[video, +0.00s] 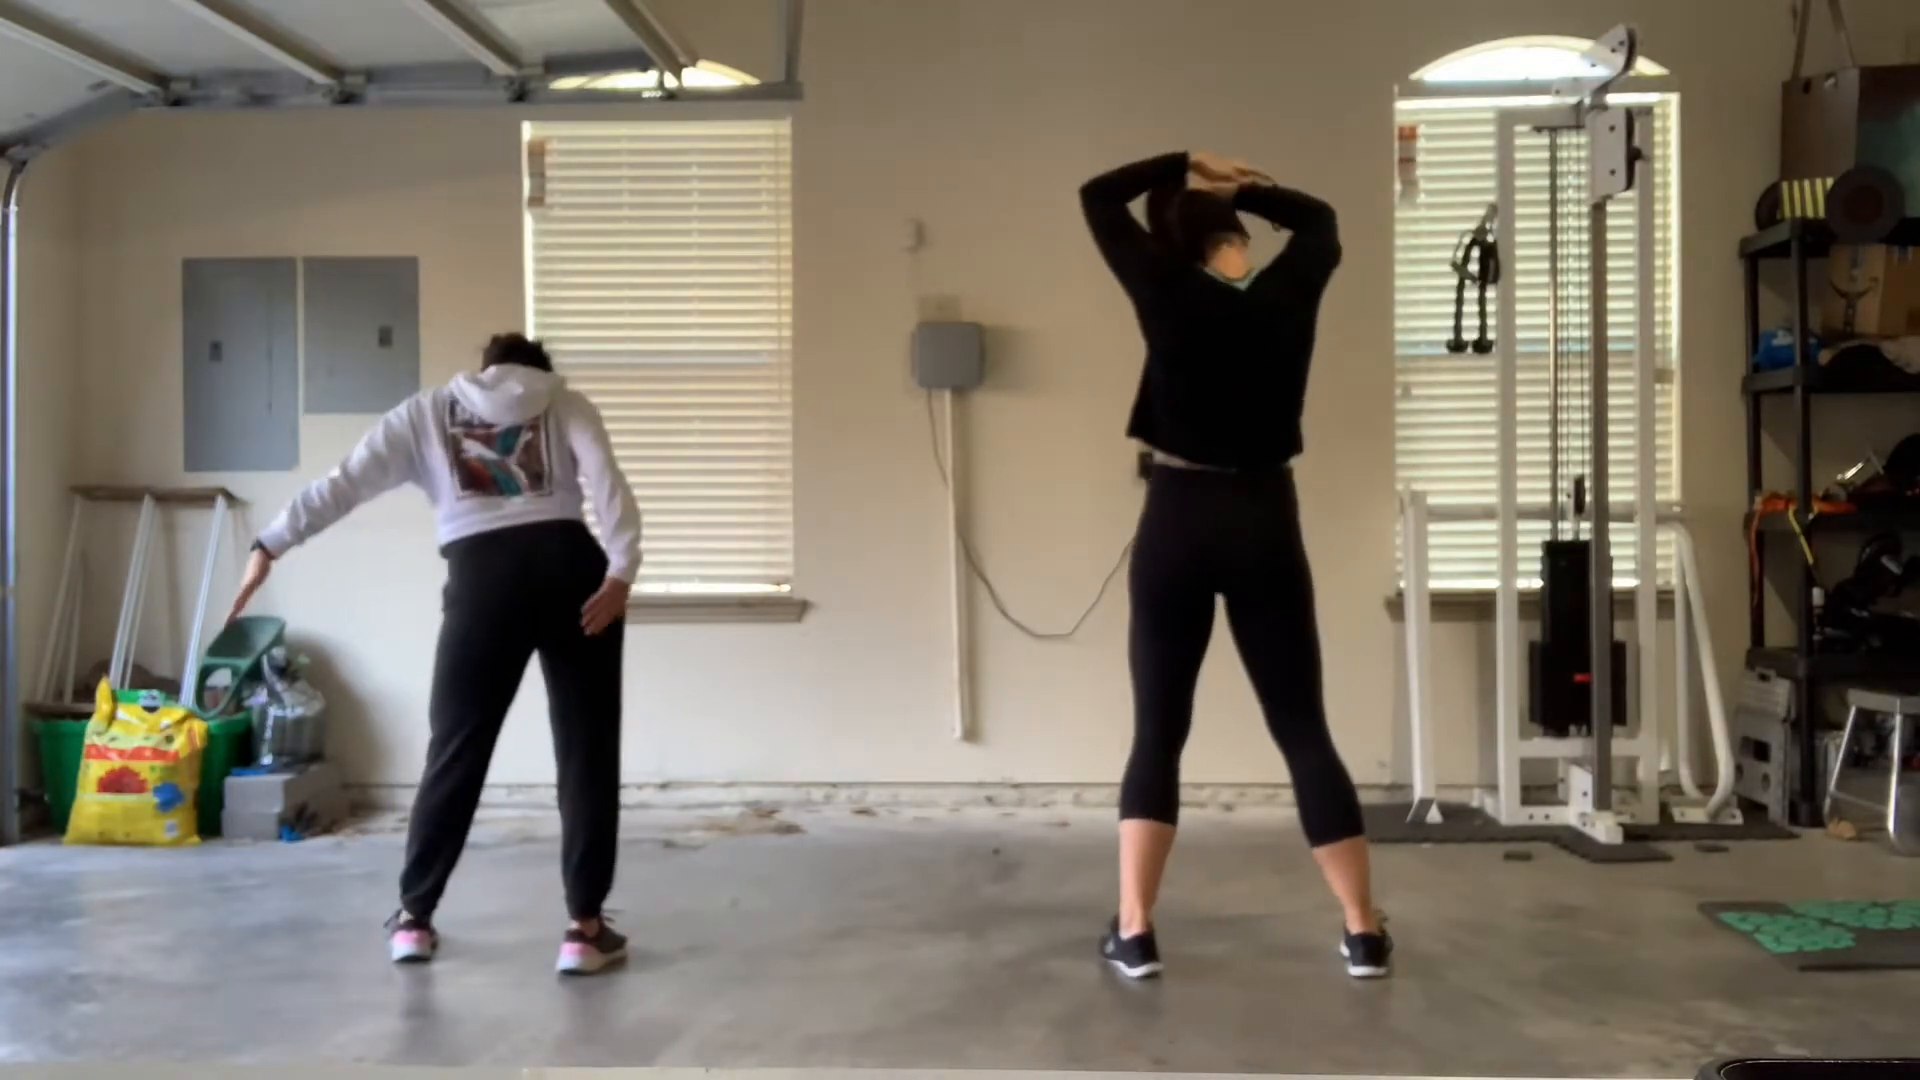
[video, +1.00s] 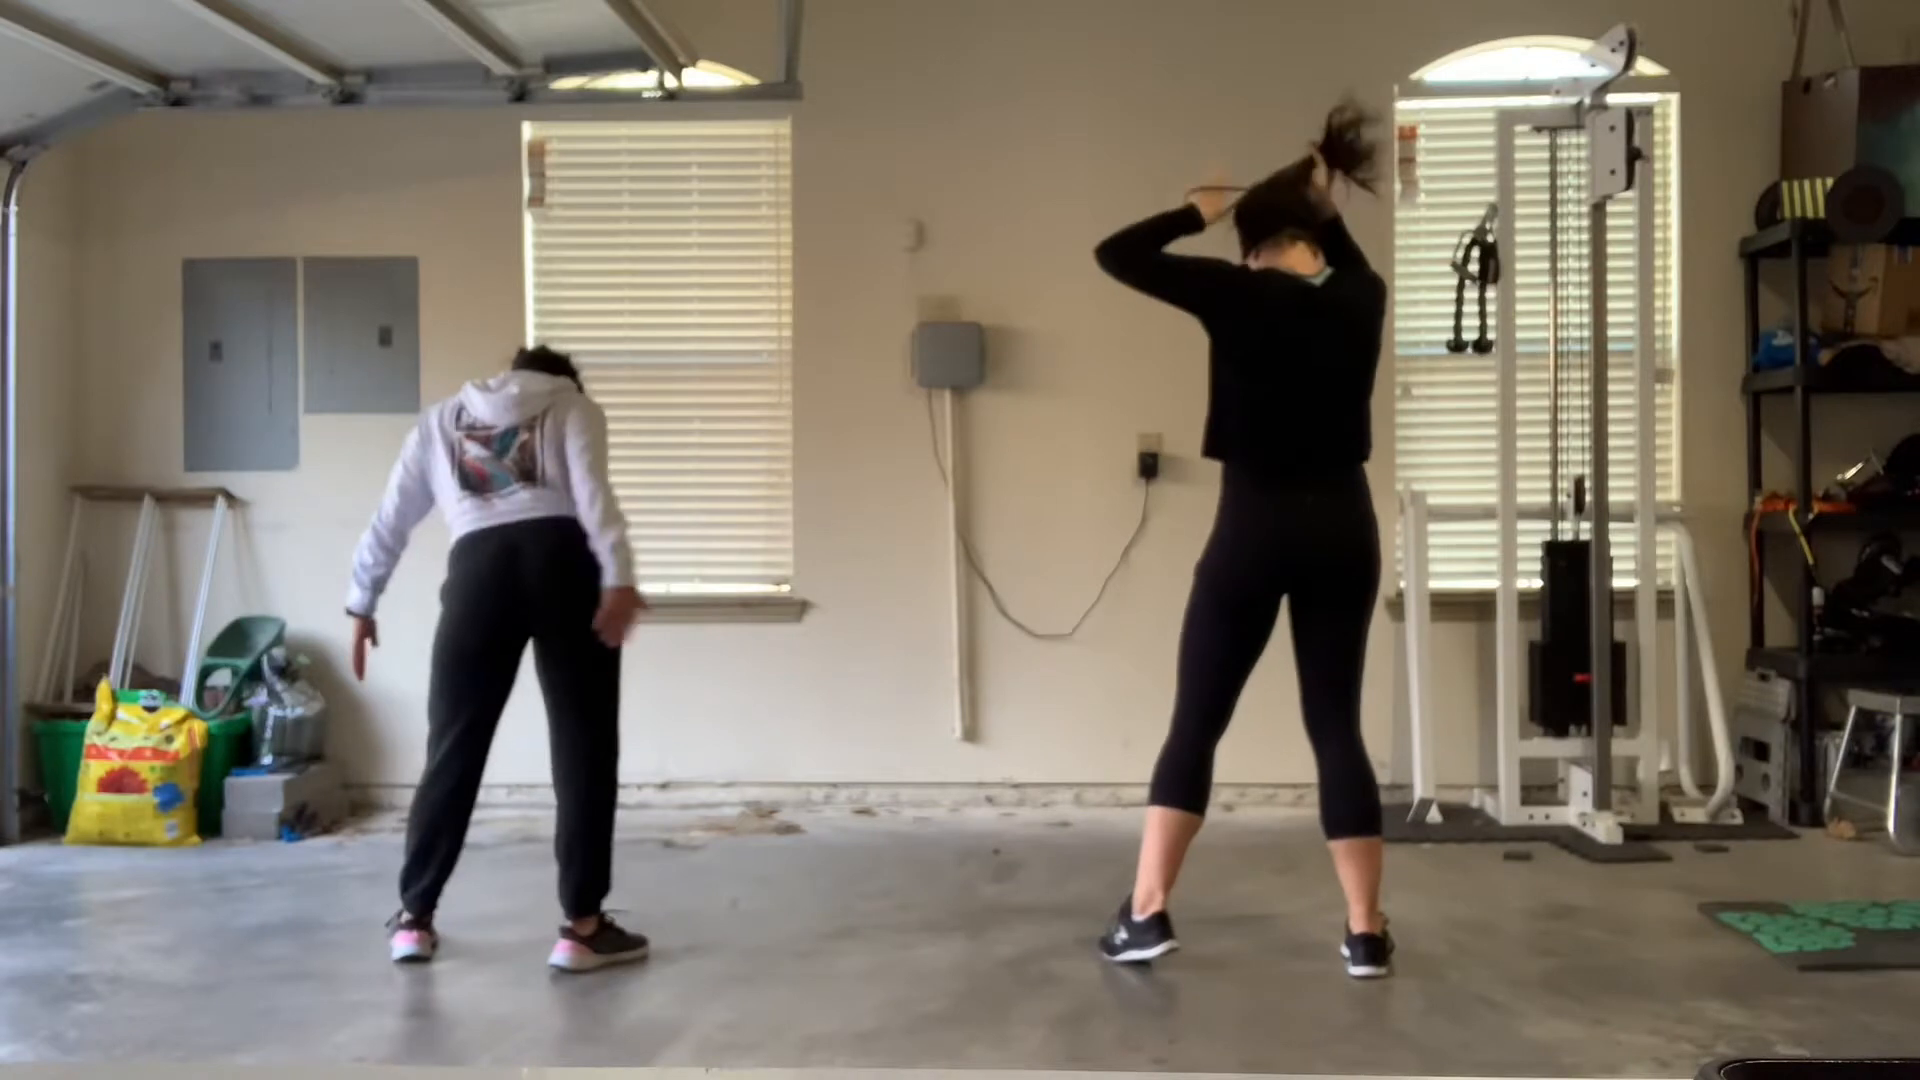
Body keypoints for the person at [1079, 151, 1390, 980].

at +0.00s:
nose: (1251, 241)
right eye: (1239, 231)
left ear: (1173, 243)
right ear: (1241, 238)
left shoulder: (1164, 296)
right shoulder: (1289, 297)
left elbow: (1098, 198)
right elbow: (1319, 221)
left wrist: (1177, 162)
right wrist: (1249, 187)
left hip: (1176, 518)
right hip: (1266, 521)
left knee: (1158, 730)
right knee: (1303, 727)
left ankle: (1134, 930)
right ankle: (1363, 928)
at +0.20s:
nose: (1250, 239)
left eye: (1204, 230)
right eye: (1240, 234)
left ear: (1183, 250)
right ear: (1250, 245)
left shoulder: (1179, 301)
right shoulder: (1302, 297)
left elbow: (1106, 204)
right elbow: (1317, 210)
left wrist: (1185, 168)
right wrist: (1243, 189)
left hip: (1192, 516)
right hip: (1279, 517)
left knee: (1167, 730)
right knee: (1308, 728)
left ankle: (1135, 931)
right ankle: (1364, 929)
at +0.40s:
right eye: (1273, 237)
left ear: (1203, 251)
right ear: (1274, 244)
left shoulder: (1207, 296)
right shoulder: (1331, 296)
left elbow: (1108, 244)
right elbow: (1340, 244)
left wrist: (1178, 179)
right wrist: (1270, 208)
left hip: (1228, 530)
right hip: (1318, 532)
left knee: (1190, 736)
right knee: (1328, 729)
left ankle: (1139, 931)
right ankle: (1366, 929)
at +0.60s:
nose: (1235, 270)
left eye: (1234, 258)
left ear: (1237, 252)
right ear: (1302, 242)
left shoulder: (1230, 310)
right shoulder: (1360, 304)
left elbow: (1108, 309)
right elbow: (1352, 259)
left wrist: (1168, 234)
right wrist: (1290, 217)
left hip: (1258, 542)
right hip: (1349, 541)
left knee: (1195, 732)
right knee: (1340, 729)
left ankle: (1146, 920)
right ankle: (1367, 930)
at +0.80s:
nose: (1245, 248)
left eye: (1244, 236)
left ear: (1246, 235)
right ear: (1314, 227)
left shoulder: (1235, 297)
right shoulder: (1364, 297)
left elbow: (1113, 291)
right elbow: (1351, 261)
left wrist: (1163, 223)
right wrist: (1303, 208)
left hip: (1260, 531)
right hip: (1352, 533)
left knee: (1199, 725)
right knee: (1341, 726)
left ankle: (1148, 910)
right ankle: (1366, 930)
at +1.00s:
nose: (1262, 262)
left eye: (1252, 251)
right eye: (1287, 246)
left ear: (1250, 246)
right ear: (1321, 233)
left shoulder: (1232, 295)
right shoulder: (1361, 300)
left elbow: (1118, 254)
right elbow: (1346, 254)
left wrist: (1196, 212)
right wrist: (1323, 199)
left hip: (1250, 533)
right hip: (1345, 536)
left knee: (1196, 726)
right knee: (1338, 730)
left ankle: (1145, 914)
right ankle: (1365, 932)